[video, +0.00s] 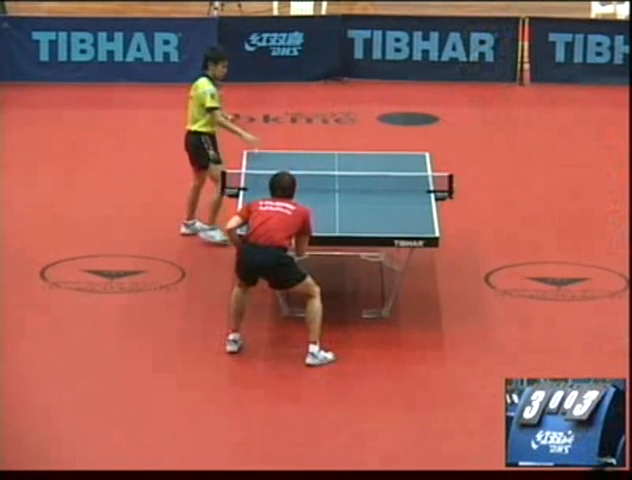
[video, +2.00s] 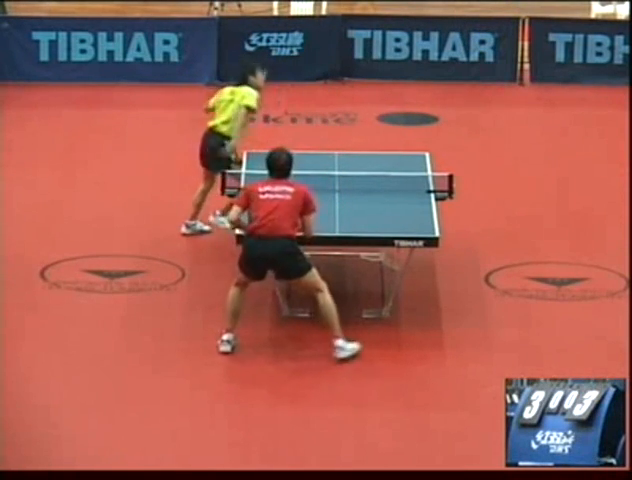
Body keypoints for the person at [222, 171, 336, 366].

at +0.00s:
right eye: (293, 189)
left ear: (271, 191)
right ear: (293, 192)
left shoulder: (255, 206)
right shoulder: (302, 212)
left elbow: (230, 228)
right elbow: (301, 251)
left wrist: (241, 246)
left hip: (249, 252)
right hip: (276, 256)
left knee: (242, 287)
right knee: (313, 292)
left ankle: (233, 336)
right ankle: (315, 349)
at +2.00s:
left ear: (268, 168)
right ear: (290, 169)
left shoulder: (253, 189)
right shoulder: (301, 192)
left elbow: (233, 218)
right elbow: (308, 233)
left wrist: (249, 229)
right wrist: (290, 233)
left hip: (255, 244)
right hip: (285, 246)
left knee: (240, 285)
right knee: (320, 289)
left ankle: (228, 336)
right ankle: (340, 342)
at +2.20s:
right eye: (304, 165)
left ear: (286, 169)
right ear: (308, 169)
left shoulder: (272, 190)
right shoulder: (321, 194)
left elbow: (252, 220)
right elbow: (332, 232)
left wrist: (270, 228)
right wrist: (316, 228)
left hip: (272, 245)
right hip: (302, 247)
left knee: (246, 285)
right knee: (335, 291)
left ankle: (228, 336)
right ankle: (350, 344)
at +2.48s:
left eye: (309, 168)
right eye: (317, 169)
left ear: (301, 172)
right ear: (322, 174)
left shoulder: (285, 194)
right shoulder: (333, 198)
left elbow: (255, 213)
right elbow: (356, 228)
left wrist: (250, 214)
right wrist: (338, 220)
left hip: (288, 254)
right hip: (319, 256)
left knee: (249, 294)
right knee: (353, 282)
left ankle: (237, 345)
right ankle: (369, 331)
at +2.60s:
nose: (332, 176)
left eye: (328, 172)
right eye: (341, 173)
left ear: (323, 174)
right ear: (345, 176)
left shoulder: (310, 193)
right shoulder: (354, 201)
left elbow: (279, 201)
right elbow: (377, 225)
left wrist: (248, 203)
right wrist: (357, 214)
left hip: (304, 255)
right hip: (334, 257)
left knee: (262, 294)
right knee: (367, 285)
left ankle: (238, 345)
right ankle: (398, 324)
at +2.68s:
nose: (347, 180)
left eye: (343, 176)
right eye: (356, 176)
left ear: (340, 179)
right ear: (362, 180)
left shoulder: (331, 197)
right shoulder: (373, 206)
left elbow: (300, 202)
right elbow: (395, 224)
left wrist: (268, 205)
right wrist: (382, 215)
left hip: (322, 256)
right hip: (351, 260)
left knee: (279, 298)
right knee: (378, 285)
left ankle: (243, 344)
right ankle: (404, 327)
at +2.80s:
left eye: (363, 184)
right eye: (382, 183)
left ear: (361, 185)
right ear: (383, 188)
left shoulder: (356, 200)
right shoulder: (391, 215)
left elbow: (337, 211)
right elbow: (401, 217)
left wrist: (303, 219)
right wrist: (399, 200)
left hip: (339, 256)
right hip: (367, 261)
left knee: (293, 298)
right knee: (388, 280)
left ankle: (262, 344)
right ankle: (405, 326)